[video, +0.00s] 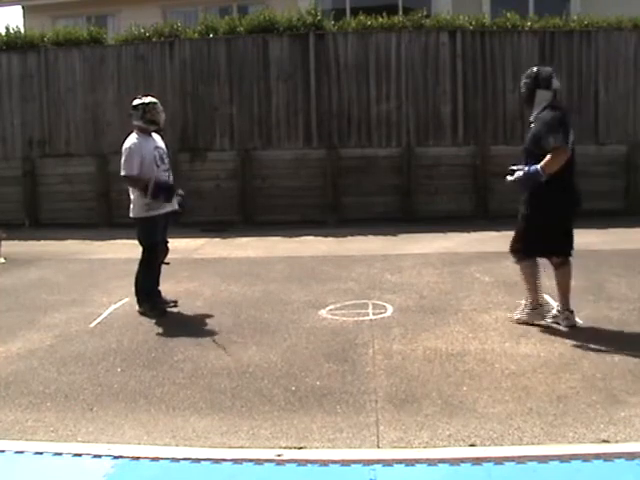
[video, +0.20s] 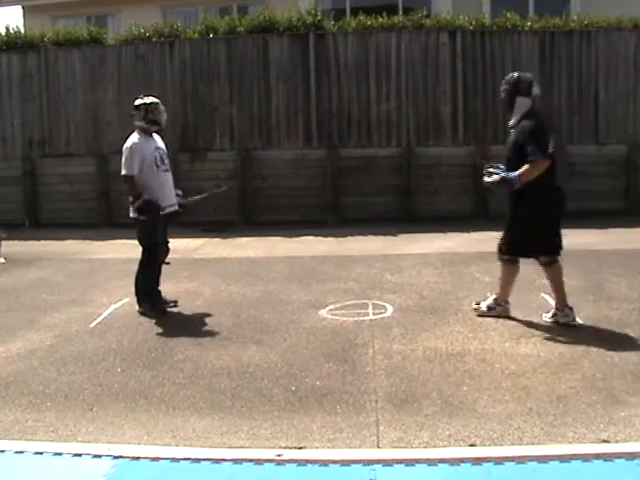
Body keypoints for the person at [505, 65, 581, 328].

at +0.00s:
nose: (522, 94)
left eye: (526, 89)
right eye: (524, 89)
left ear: (536, 91)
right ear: (548, 90)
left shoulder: (552, 118)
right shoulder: (545, 117)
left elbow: (560, 153)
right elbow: (547, 155)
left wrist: (533, 172)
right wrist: (527, 169)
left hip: (545, 199)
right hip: (555, 197)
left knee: (522, 249)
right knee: (559, 253)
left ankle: (534, 303)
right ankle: (564, 309)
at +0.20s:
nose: (502, 99)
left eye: (505, 94)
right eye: (503, 93)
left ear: (515, 97)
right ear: (526, 96)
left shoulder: (529, 126)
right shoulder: (529, 123)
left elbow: (541, 161)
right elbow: (529, 161)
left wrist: (513, 178)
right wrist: (505, 171)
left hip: (529, 200)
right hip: (543, 199)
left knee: (508, 250)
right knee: (547, 254)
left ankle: (500, 301)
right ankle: (562, 308)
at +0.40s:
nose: (486, 98)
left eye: (489, 93)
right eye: (487, 93)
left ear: (499, 97)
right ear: (509, 96)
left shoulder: (507, 126)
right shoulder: (513, 121)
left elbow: (507, 166)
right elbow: (508, 161)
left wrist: (484, 183)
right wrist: (487, 168)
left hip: (504, 197)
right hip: (513, 195)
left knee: (492, 248)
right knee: (511, 245)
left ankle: (497, 300)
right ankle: (540, 284)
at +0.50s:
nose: (479, 97)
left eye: (482, 92)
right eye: (480, 92)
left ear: (492, 95)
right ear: (500, 96)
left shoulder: (502, 125)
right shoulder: (496, 122)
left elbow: (498, 164)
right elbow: (490, 157)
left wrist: (476, 183)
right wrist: (474, 171)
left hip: (499, 196)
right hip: (497, 195)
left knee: (489, 247)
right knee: (492, 244)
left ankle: (497, 300)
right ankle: (511, 286)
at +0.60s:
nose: (472, 96)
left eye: (476, 91)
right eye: (473, 90)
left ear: (488, 94)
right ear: (490, 95)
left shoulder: (499, 123)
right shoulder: (487, 121)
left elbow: (494, 162)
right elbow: (481, 155)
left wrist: (472, 182)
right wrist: (468, 173)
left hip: (496, 195)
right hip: (487, 193)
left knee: (488, 245)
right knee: (477, 241)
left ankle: (497, 300)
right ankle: (487, 289)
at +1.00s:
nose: (441, 102)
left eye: (445, 97)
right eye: (441, 97)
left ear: (458, 99)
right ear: (456, 99)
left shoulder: (476, 126)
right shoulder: (453, 127)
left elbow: (486, 157)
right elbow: (457, 162)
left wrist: (470, 185)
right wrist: (444, 181)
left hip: (475, 196)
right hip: (456, 195)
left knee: (473, 248)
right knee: (452, 244)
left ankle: (495, 298)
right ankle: (451, 290)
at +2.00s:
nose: (447, 101)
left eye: (452, 96)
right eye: (447, 96)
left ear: (467, 98)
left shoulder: (481, 124)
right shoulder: (456, 123)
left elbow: (484, 161)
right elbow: (448, 151)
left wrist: (451, 165)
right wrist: (433, 157)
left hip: (478, 200)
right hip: (457, 197)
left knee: (479, 247)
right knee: (444, 241)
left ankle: (486, 295)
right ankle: (436, 287)